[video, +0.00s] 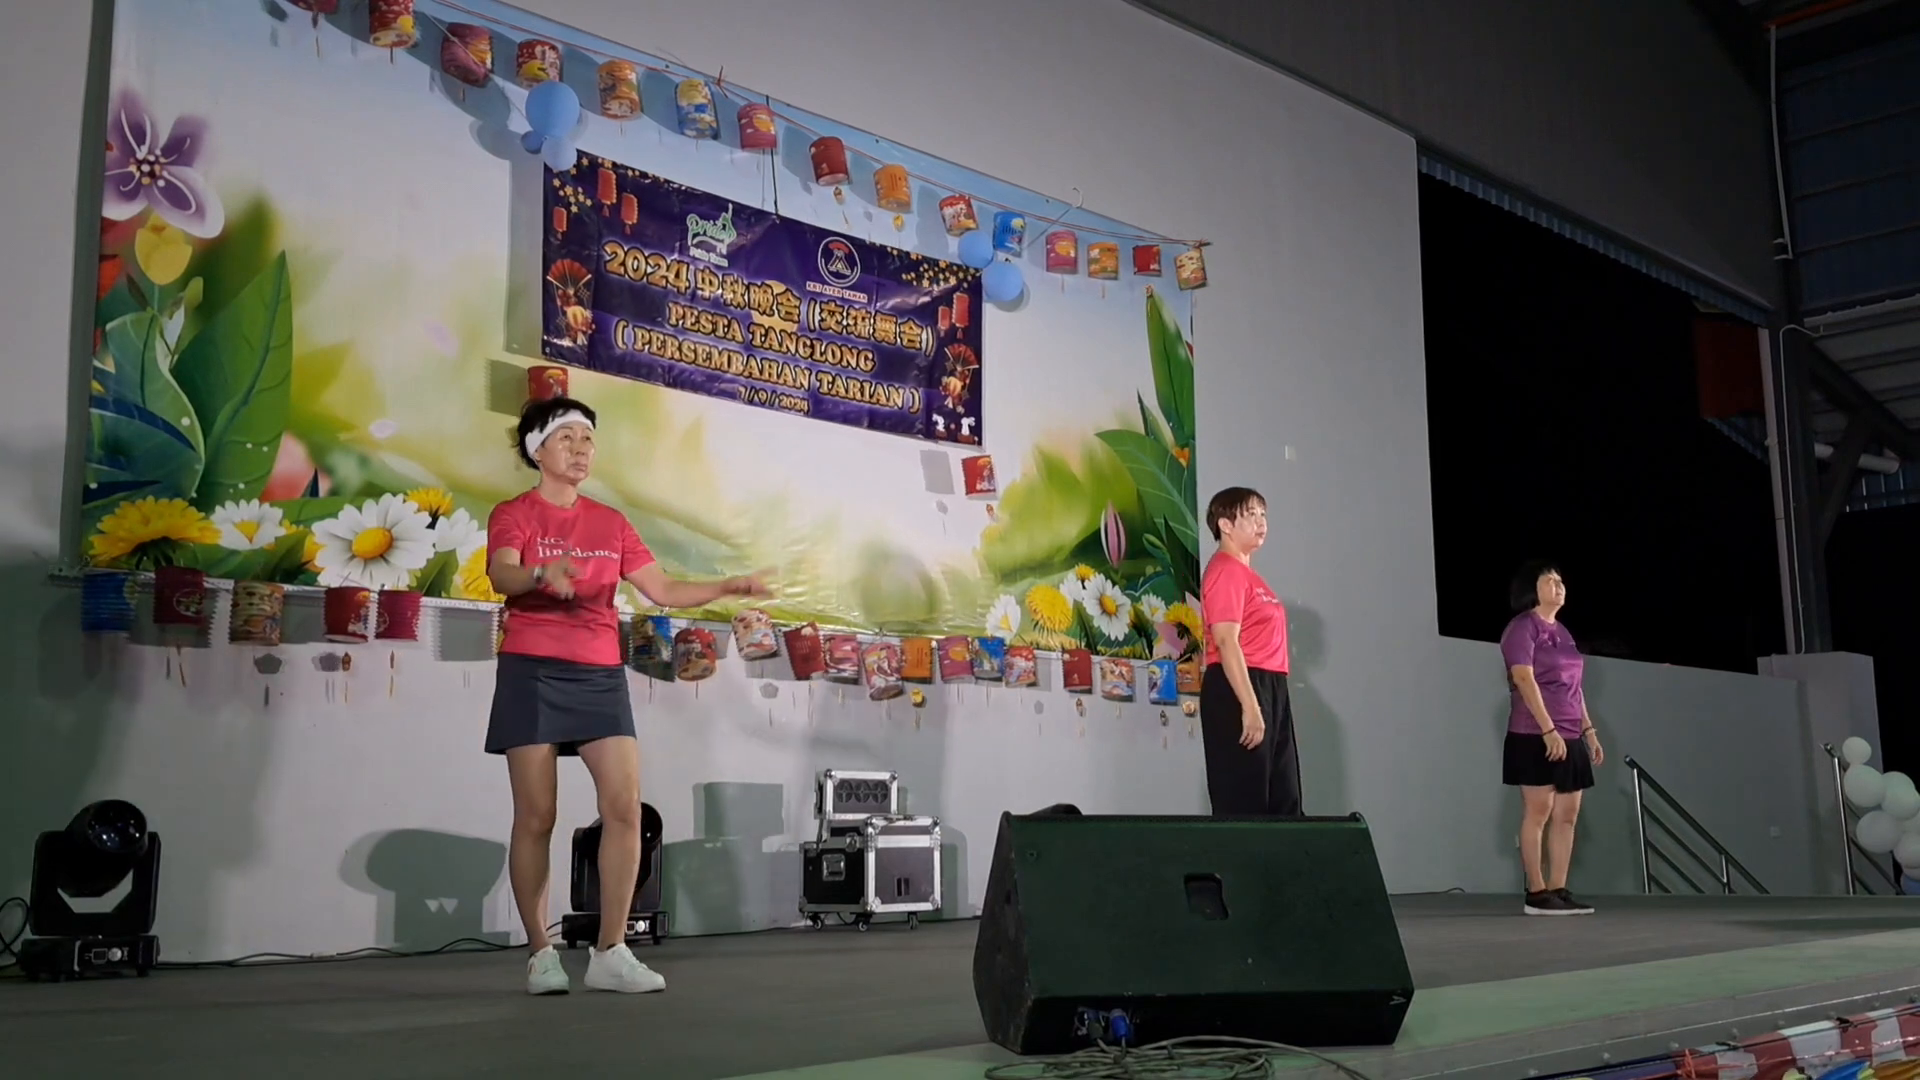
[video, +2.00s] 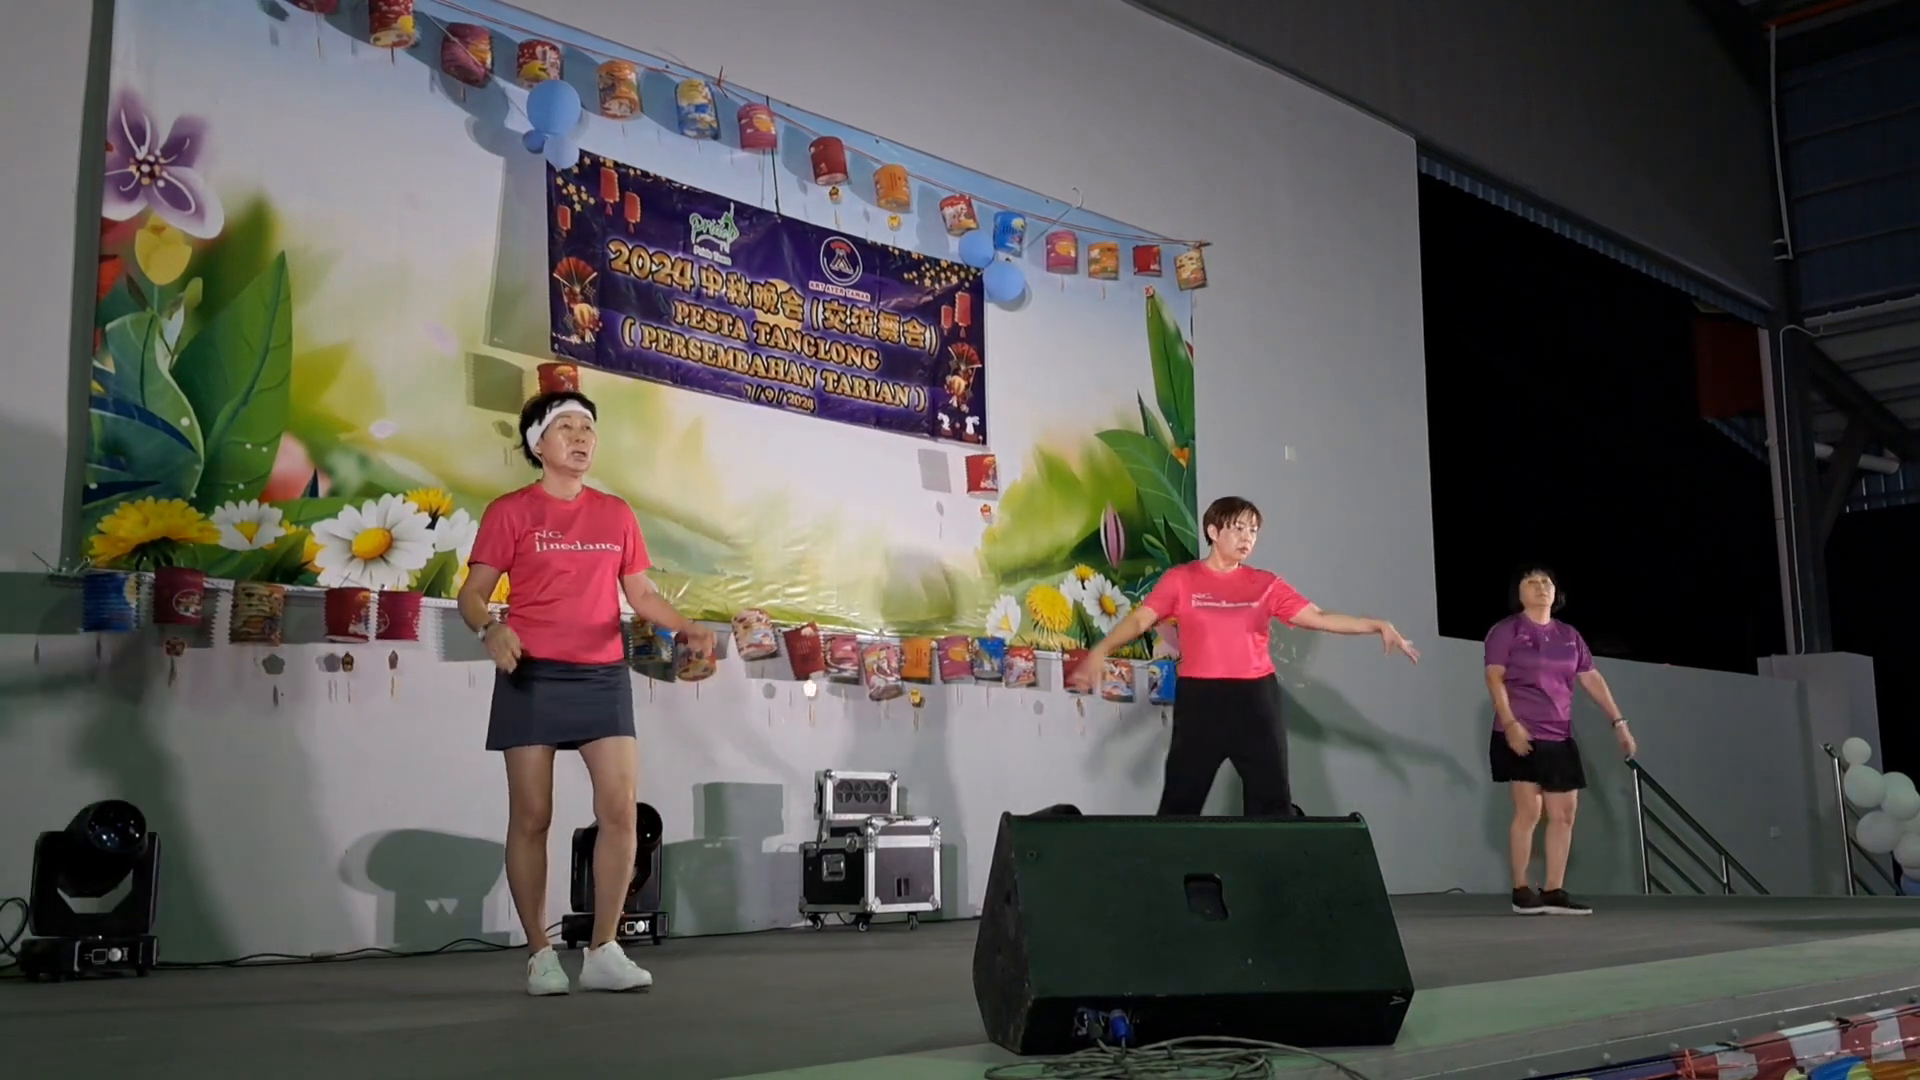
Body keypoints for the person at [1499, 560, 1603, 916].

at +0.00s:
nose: (1558, 586)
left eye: (1560, 581)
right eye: (1549, 581)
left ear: (1563, 592)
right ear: (1532, 589)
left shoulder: (1564, 634)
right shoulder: (1522, 628)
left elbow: (1573, 687)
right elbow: (1524, 681)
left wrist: (1588, 731)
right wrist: (1549, 730)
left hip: (1570, 737)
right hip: (1534, 735)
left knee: (1567, 815)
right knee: (1537, 811)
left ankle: (1558, 890)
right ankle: (1537, 892)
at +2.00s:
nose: (1540, 586)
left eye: (1546, 582)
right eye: (1532, 582)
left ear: (1555, 594)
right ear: (1519, 594)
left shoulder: (1570, 636)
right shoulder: (1504, 631)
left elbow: (1592, 679)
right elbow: (1494, 679)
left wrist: (1619, 722)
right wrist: (1510, 724)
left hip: (1559, 738)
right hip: (1518, 735)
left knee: (1564, 812)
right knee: (1528, 810)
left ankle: (1554, 892)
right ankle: (1521, 890)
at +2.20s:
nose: (1511, 591)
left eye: (1517, 586)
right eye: (1504, 587)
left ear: (1529, 594)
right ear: (1494, 598)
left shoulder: (1553, 631)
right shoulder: (1482, 637)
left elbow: (1577, 669)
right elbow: (1453, 676)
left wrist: (1582, 701)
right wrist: (1426, 706)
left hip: (1552, 737)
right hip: (1503, 739)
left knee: (1571, 811)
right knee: (1498, 815)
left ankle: (1555, 890)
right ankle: (1494, 889)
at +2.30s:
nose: (1499, 597)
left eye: (1505, 591)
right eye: (1492, 592)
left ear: (1517, 597)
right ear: (1482, 601)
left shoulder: (1540, 633)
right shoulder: (1471, 642)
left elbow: (1558, 675)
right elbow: (1438, 679)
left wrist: (1535, 696)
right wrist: (1397, 707)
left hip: (1543, 740)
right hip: (1492, 743)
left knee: (1584, 803)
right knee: (1492, 817)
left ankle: (1569, 882)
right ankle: (1493, 892)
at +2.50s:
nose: (1487, 602)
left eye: (1493, 596)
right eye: (1480, 597)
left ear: (1505, 602)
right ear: (1470, 605)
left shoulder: (1522, 636)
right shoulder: (1466, 646)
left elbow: (1525, 683)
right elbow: (1444, 683)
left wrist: (1475, 703)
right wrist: (1412, 711)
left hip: (1531, 740)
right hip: (1482, 744)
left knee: (1564, 811)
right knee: (1486, 817)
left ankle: (1596, 888)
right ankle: (1493, 892)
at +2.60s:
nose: (1484, 604)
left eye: (1491, 597)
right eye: (1477, 597)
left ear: (1502, 603)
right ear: (1467, 605)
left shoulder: (1517, 636)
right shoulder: (1466, 645)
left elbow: (1518, 683)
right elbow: (1455, 682)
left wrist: (1467, 704)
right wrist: (1438, 706)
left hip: (1527, 741)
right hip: (1480, 744)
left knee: (1561, 811)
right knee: (1485, 816)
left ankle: (1597, 888)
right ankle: (1493, 892)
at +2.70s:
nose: (1485, 605)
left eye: (1491, 599)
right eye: (1476, 599)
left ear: (1501, 604)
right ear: (1466, 607)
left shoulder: (1514, 635)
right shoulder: (1466, 645)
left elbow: (1515, 683)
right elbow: (1461, 686)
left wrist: (1466, 703)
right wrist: (1452, 708)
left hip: (1526, 740)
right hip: (1480, 744)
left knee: (1560, 810)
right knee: (1486, 817)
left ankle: (1598, 886)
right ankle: (1493, 892)